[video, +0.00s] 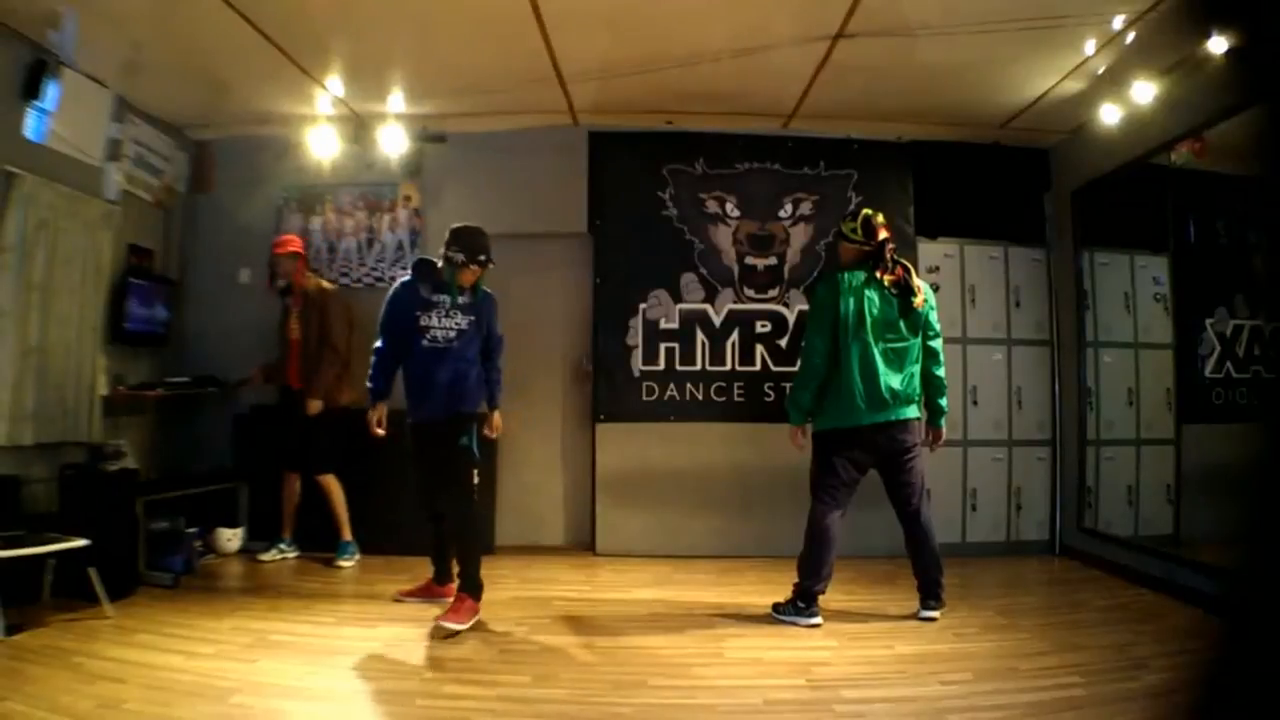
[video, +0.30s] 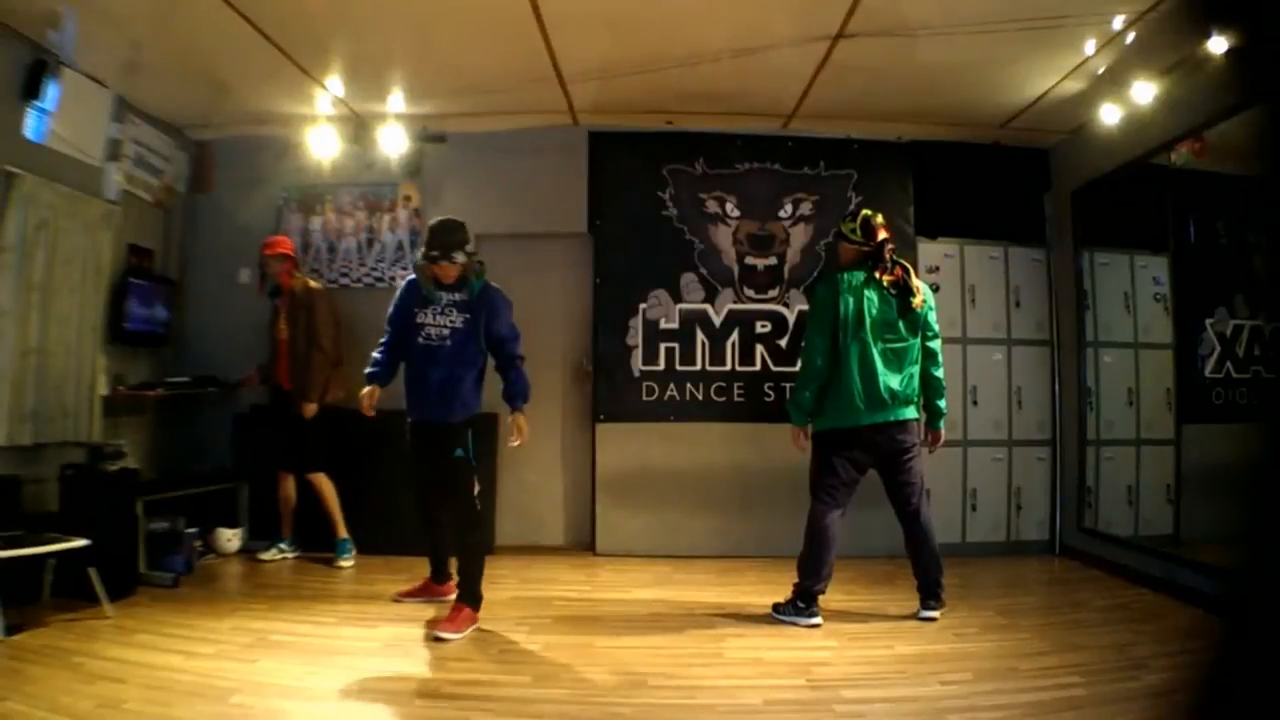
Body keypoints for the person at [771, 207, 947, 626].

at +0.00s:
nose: (835, 248)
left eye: (841, 242)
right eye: (838, 241)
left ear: (857, 247)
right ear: (881, 246)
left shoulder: (834, 286)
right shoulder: (917, 289)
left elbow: (816, 355)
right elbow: (933, 358)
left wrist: (799, 410)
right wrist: (936, 413)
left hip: (844, 419)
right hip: (901, 420)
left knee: (827, 508)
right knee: (915, 510)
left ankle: (806, 600)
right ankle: (931, 598)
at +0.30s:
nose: (835, 249)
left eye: (841, 243)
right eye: (838, 241)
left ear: (857, 248)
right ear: (881, 247)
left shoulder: (834, 286)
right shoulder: (916, 290)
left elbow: (816, 356)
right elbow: (932, 359)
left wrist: (800, 411)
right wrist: (935, 415)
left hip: (844, 419)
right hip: (900, 420)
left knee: (826, 507)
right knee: (914, 509)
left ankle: (806, 600)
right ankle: (931, 598)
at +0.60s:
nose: (834, 249)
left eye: (840, 243)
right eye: (836, 241)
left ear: (857, 248)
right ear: (879, 247)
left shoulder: (833, 287)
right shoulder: (915, 290)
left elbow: (816, 357)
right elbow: (931, 358)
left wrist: (799, 411)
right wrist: (934, 414)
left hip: (844, 420)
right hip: (899, 420)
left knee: (827, 507)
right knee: (914, 508)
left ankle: (806, 600)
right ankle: (931, 598)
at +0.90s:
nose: (833, 250)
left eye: (839, 244)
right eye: (835, 243)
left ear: (855, 248)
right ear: (878, 248)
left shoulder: (831, 288)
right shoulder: (914, 289)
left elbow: (815, 357)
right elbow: (931, 357)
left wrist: (799, 412)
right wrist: (933, 413)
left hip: (844, 420)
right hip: (899, 419)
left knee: (827, 506)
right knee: (914, 508)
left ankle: (806, 600)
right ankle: (931, 598)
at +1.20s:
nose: (833, 250)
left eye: (838, 244)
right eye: (835, 243)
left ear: (853, 248)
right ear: (879, 247)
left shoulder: (831, 289)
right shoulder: (914, 289)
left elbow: (814, 358)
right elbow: (931, 356)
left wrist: (799, 412)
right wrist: (935, 411)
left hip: (844, 420)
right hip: (899, 419)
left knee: (827, 506)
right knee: (914, 508)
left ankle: (806, 600)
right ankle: (931, 598)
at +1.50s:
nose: (835, 250)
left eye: (839, 244)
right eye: (837, 243)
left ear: (852, 249)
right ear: (880, 247)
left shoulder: (830, 291)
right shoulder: (914, 290)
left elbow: (813, 358)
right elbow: (931, 357)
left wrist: (798, 412)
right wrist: (935, 411)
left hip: (844, 421)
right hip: (899, 420)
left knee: (827, 506)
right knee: (914, 508)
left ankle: (806, 600)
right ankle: (931, 598)